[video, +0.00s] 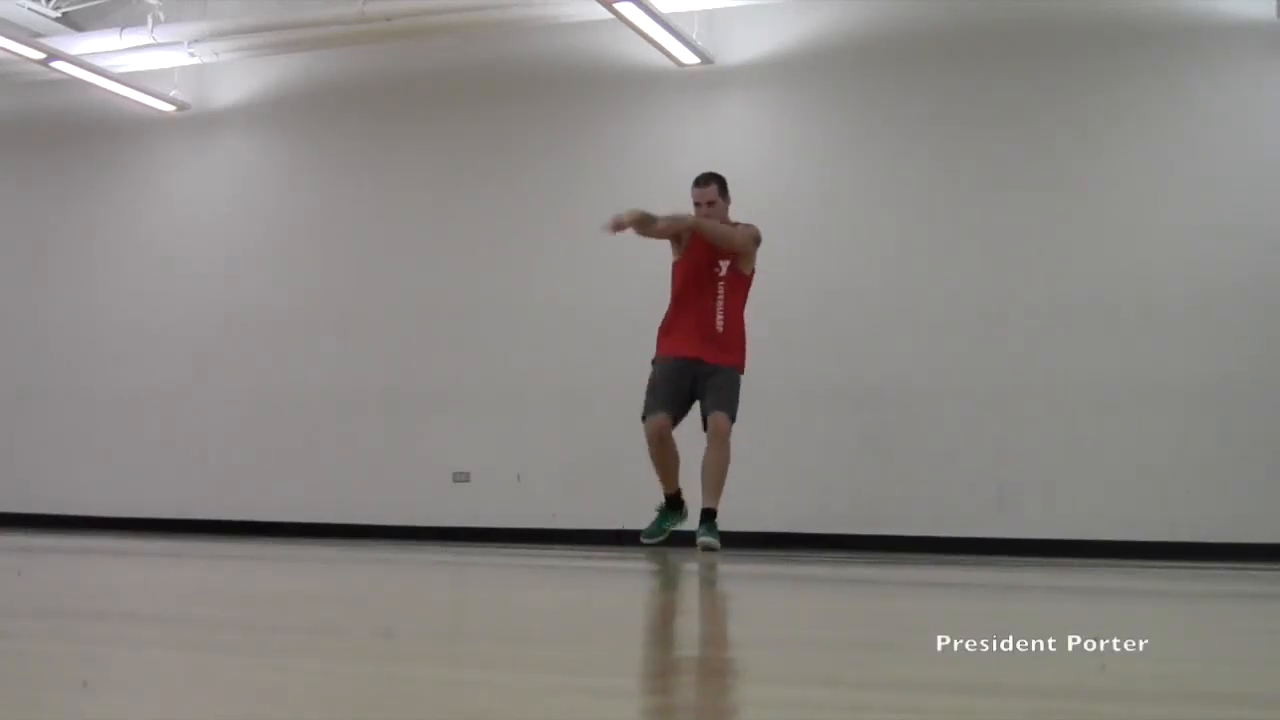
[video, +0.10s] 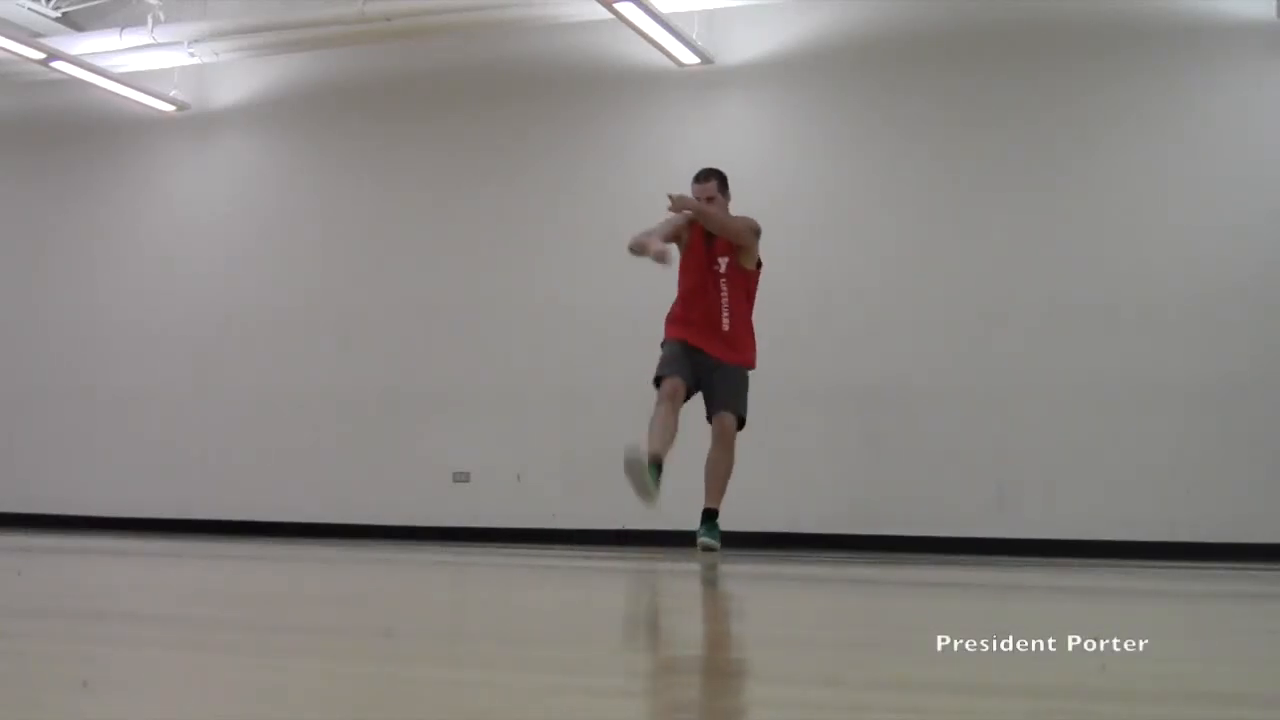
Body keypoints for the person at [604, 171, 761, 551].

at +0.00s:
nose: (702, 211)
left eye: (709, 204)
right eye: (697, 205)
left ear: (727, 203)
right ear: (693, 203)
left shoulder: (747, 234)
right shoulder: (682, 230)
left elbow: (730, 240)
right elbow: (656, 226)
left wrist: (691, 222)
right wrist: (634, 220)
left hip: (722, 356)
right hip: (675, 350)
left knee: (719, 427)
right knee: (655, 427)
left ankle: (708, 520)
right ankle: (673, 505)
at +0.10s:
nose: (704, 208)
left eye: (711, 200)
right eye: (698, 202)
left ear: (727, 199)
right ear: (691, 201)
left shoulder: (747, 229)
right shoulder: (685, 226)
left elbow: (732, 232)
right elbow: (639, 241)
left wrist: (695, 208)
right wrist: (653, 246)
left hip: (729, 346)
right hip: (685, 336)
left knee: (725, 426)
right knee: (670, 389)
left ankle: (709, 521)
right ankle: (653, 472)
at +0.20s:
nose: (702, 205)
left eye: (710, 198)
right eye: (696, 199)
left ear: (727, 199)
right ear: (690, 200)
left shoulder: (745, 228)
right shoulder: (681, 233)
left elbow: (716, 224)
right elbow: (662, 281)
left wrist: (680, 207)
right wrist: (682, 251)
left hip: (736, 345)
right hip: (696, 338)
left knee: (729, 431)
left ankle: (710, 520)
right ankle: (671, 418)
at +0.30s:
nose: (704, 198)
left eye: (711, 191)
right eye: (697, 192)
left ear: (728, 191)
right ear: (691, 193)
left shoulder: (749, 220)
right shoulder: (679, 228)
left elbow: (739, 226)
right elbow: (664, 283)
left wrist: (690, 215)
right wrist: (683, 253)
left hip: (734, 340)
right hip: (690, 331)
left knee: (730, 430)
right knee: (707, 308)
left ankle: (710, 520)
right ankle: (691, 386)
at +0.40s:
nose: (704, 178)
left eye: (711, 171)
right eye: (698, 172)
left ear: (727, 170)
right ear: (692, 173)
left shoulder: (750, 197)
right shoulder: (682, 203)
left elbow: (750, 234)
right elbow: (665, 242)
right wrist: (659, 281)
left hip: (738, 321)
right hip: (694, 311)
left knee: (728, 424)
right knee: (703, 346)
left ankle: (710, 519)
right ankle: (692, 409)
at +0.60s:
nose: (707, 197)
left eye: (714, 189)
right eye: (700, 190)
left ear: (730, 188)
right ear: (694, 189)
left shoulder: (760, 230)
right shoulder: (678, 233)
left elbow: (785, 290)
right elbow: (669, 294)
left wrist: (791, 352)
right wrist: (672, 345)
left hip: (744, 348)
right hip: (696, 344)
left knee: (733, 439)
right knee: (696, 413)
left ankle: (725, 524)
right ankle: (691, 511)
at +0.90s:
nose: (693, 166)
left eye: (701, 158)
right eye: (687, 158)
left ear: (718, 161)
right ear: (678, 162)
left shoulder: (745, 206)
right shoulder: (660, 210)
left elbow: (765, 260)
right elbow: (654, 261)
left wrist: (775, 295)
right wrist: (647, 285)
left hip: (741, 337)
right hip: (689, 334)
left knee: (748, 434)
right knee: (691, 418)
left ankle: (724, 489)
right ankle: (695, 521)